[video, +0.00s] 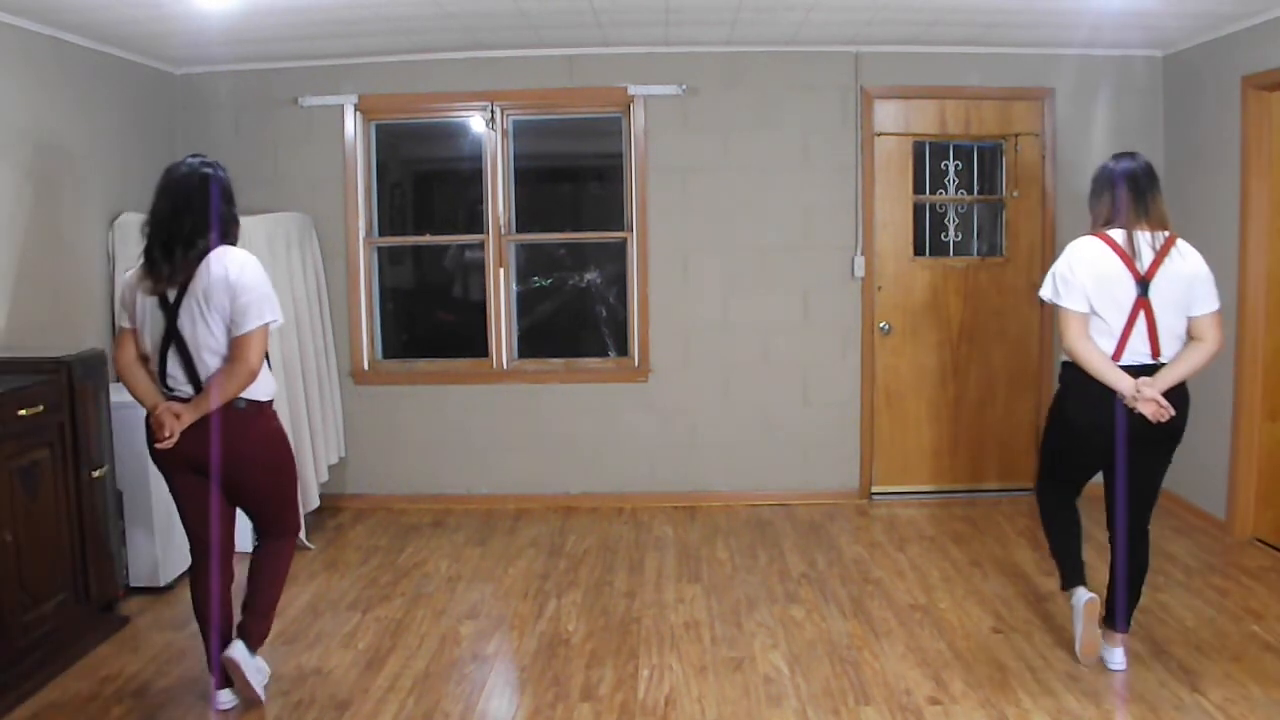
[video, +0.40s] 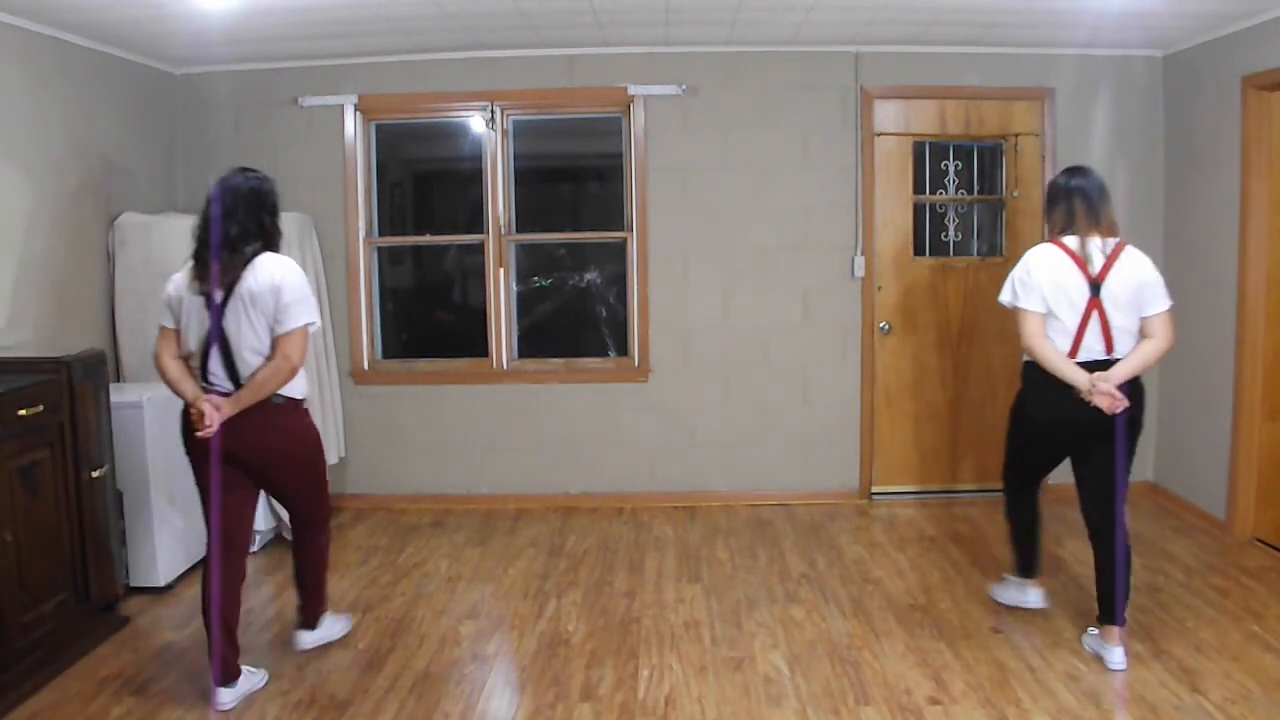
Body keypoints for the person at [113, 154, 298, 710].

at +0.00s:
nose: (229, 211)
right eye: (226, 203)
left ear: (163, 210)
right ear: (223, 209)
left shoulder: (139, 279)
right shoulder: (238, 267)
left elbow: (126, 358)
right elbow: (245, 363)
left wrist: (158, 407)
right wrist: (190, 410)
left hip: (171, 429)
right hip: (239, 425)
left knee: (207, 553)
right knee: (278, 529)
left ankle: (219, 683)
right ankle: (249, 644)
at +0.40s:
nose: (275, 219)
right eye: (272, 211)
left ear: (212, 218)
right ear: (268, 218)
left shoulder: (185, 281)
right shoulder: (283, 273)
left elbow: (166, 354)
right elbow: (288, 359)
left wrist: (197, 399)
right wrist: (227, 406)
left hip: (207, 425)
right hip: (274, 423)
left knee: (223, 549)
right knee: (311, 519)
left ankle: (224, 679)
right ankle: (312, 621)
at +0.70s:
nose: (335, 221)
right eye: (332, 213)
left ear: (277, 218)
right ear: (327, 220)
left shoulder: (250, 279)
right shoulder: (341, 276)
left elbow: (236, 348)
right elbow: (343, 360)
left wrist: (260, 393)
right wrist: (283, 398)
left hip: (270, 417)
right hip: (332, 416)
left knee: (278, 528)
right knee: (345, 516)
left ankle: (243, 633)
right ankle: (358, 607)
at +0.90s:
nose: (370, 210)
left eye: (368, 200)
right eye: (365, 202)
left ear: (312, 208)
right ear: (346, 209)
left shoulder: (282, 267)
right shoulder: (361, 265)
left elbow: (270, 333)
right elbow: (357, 348)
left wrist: (286, 377)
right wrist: (308, 383)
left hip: (302, 401)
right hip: (353, 401)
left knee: (332, 489)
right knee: (355, 505)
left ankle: (289, 574)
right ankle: (359, 605)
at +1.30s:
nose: (405, 217)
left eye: (405, 208)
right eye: (399, 208)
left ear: (369, 209)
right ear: (374, 209)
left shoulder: (363, 259)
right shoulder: (360, 263)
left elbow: (340, 341)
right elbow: (341, 348)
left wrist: (319, 364)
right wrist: (319, 373)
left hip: (372, 393)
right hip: (359, 395)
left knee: (386, 486)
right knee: (364, 493)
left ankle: (316, 564)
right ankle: (354, 601)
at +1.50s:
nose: (430, 223)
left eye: (431, 214)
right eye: (424, 213)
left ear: (403, 215)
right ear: (398, 213)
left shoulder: (398, 263)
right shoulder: (372, 262)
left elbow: (372, 334)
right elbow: (344, 348)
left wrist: (335, 369)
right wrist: (335, 372)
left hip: (401, 394)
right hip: (371, 397)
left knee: (434, 480)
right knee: (367, 500)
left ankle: (365, 546)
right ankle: (353, 602)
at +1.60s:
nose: (446, 225)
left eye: (447, 216)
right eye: (441, 215)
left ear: (422, 217)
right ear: (415, 214)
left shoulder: (415, 264)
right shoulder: (383, 263)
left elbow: (387, 332)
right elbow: (354, 344)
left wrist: (349, 367)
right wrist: (353, 369)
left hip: (419, 398)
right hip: (384, 400)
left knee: (460, 475)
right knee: (370, 502)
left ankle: (420, 567)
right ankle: (353, 601)